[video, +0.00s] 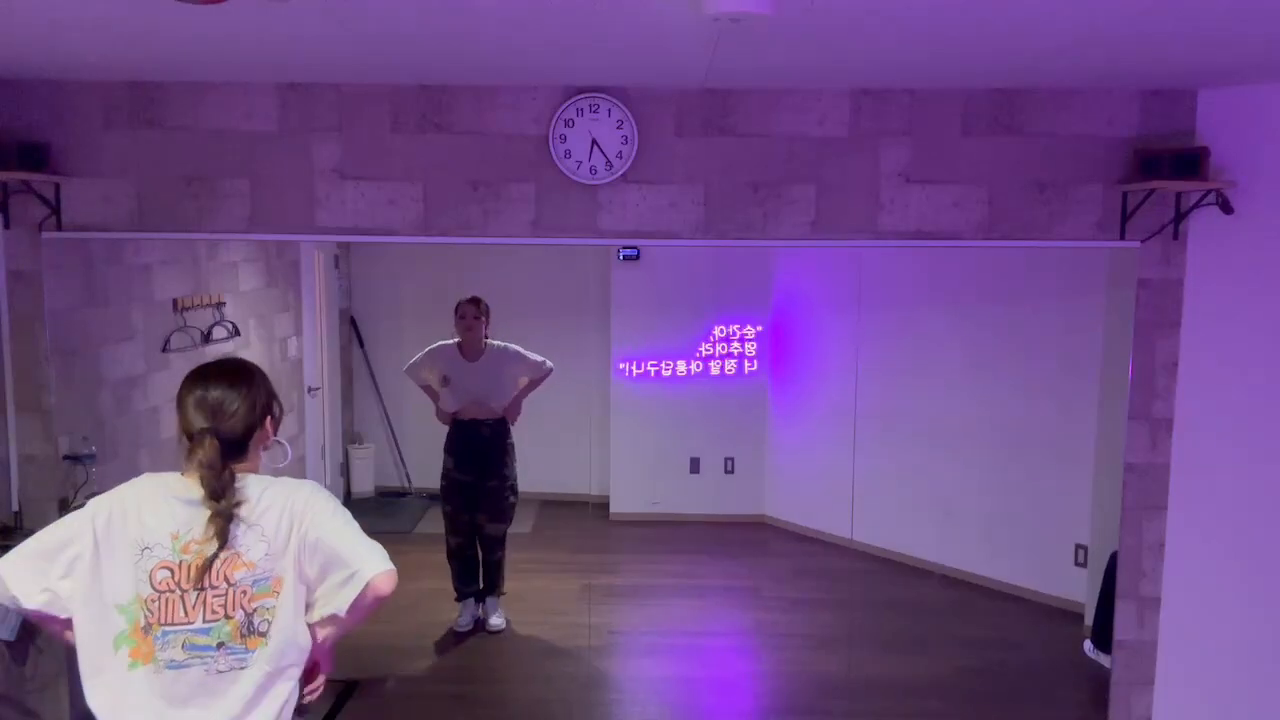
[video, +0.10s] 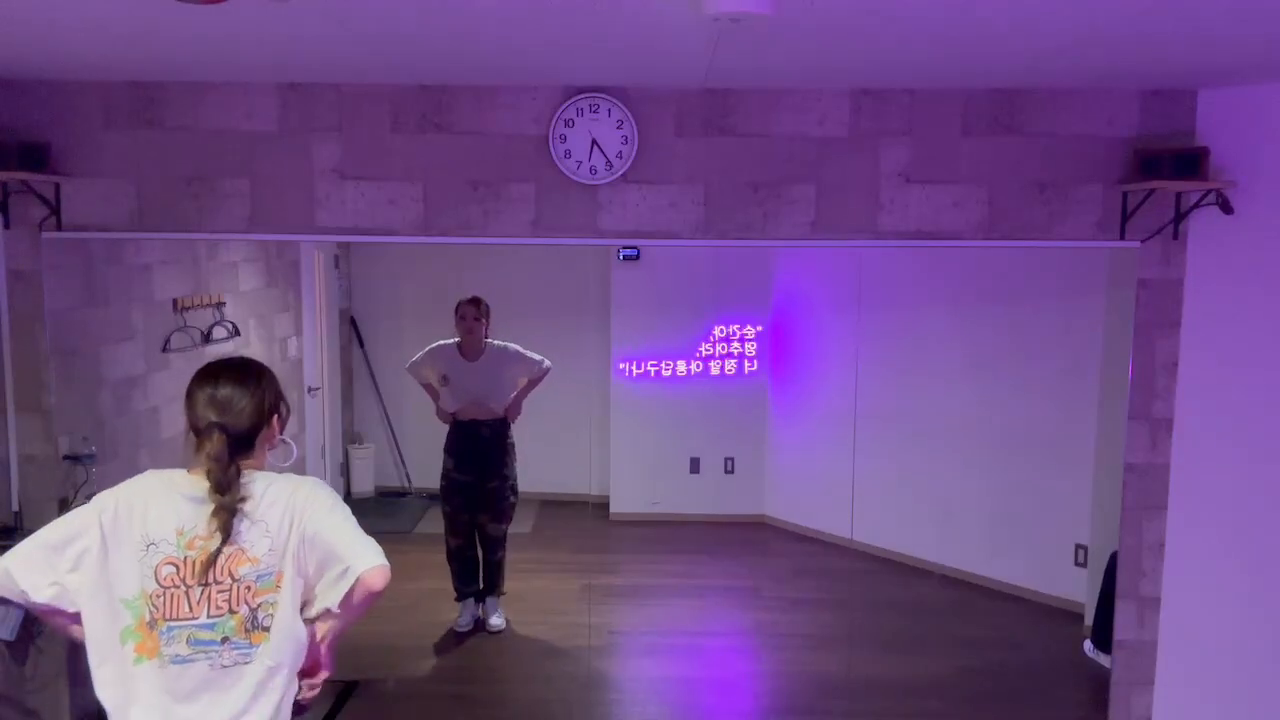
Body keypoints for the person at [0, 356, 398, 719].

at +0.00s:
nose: (277, 429)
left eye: (275, 416)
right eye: (276, 418)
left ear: (184, 427)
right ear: (265, 430)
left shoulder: (120, 506)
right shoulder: (302, 504)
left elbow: (16, 578)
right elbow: (380, 581)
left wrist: (91, 637)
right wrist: (323, 637)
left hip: (135, 711)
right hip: (256, 711)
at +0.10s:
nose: (283, 424)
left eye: (281, 414)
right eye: (281, 415)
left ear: (192, 425)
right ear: (273, 428)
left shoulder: (130, 499)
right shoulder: (305, 498)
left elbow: (19, 573)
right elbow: (374, 576)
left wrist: (91, 630)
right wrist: (325, 637)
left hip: (146, 709)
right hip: (256, 709)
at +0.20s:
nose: (288, 426)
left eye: (286, 414)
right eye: (286, 416)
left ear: (199, 421)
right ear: (277, 426)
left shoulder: (135, 495)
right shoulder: (309, 494)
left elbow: (22, 567)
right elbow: (379, 572)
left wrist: (102, 625)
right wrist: (332, 629)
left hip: (149, 709)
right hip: (259, 709)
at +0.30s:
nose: (289, 424)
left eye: (286, 409)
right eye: (287, 411)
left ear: (199, 418)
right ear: (277, 424)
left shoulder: (137, 492)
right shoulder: (310, 493)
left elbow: (17, 554)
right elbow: (403, 563)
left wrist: (104, 604)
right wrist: (342, 626)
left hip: (148, 708)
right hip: (262, 707)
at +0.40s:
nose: (290, 416)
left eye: (283, 401)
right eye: (288, 404)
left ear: (196, 412)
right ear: (276, 419)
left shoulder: (135, 499)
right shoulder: (314, 500)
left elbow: (18, 568)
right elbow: (430, 570)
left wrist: (117, 613)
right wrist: (352, 623)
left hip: (151, 708)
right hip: (264, 707)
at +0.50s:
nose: (283, 416)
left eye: (282, 404)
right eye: (282, 406)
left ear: (189, 411)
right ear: (271, 420)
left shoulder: (131, 507)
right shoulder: (312, 507)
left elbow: (55, 583)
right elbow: (429, 579)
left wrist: (138, 614)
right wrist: (351, 623)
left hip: (157, 708)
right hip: (270, 710)